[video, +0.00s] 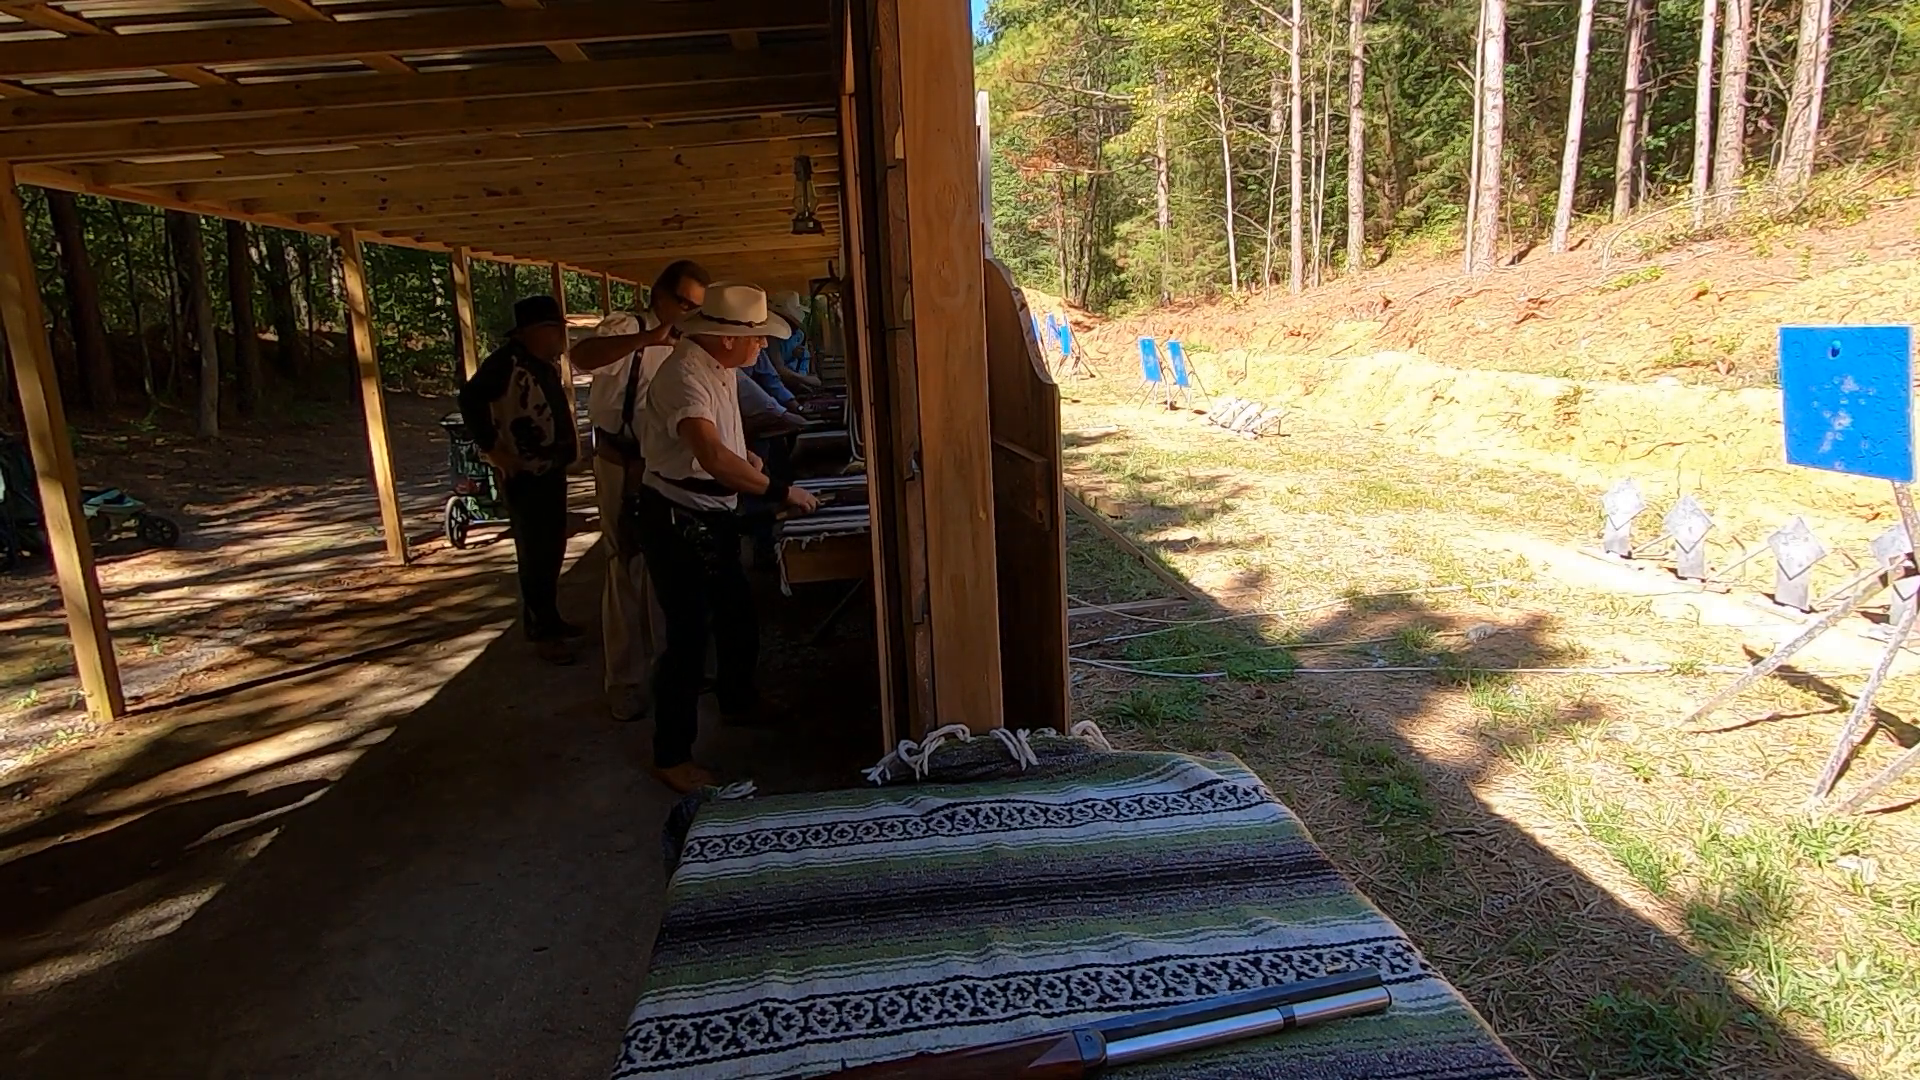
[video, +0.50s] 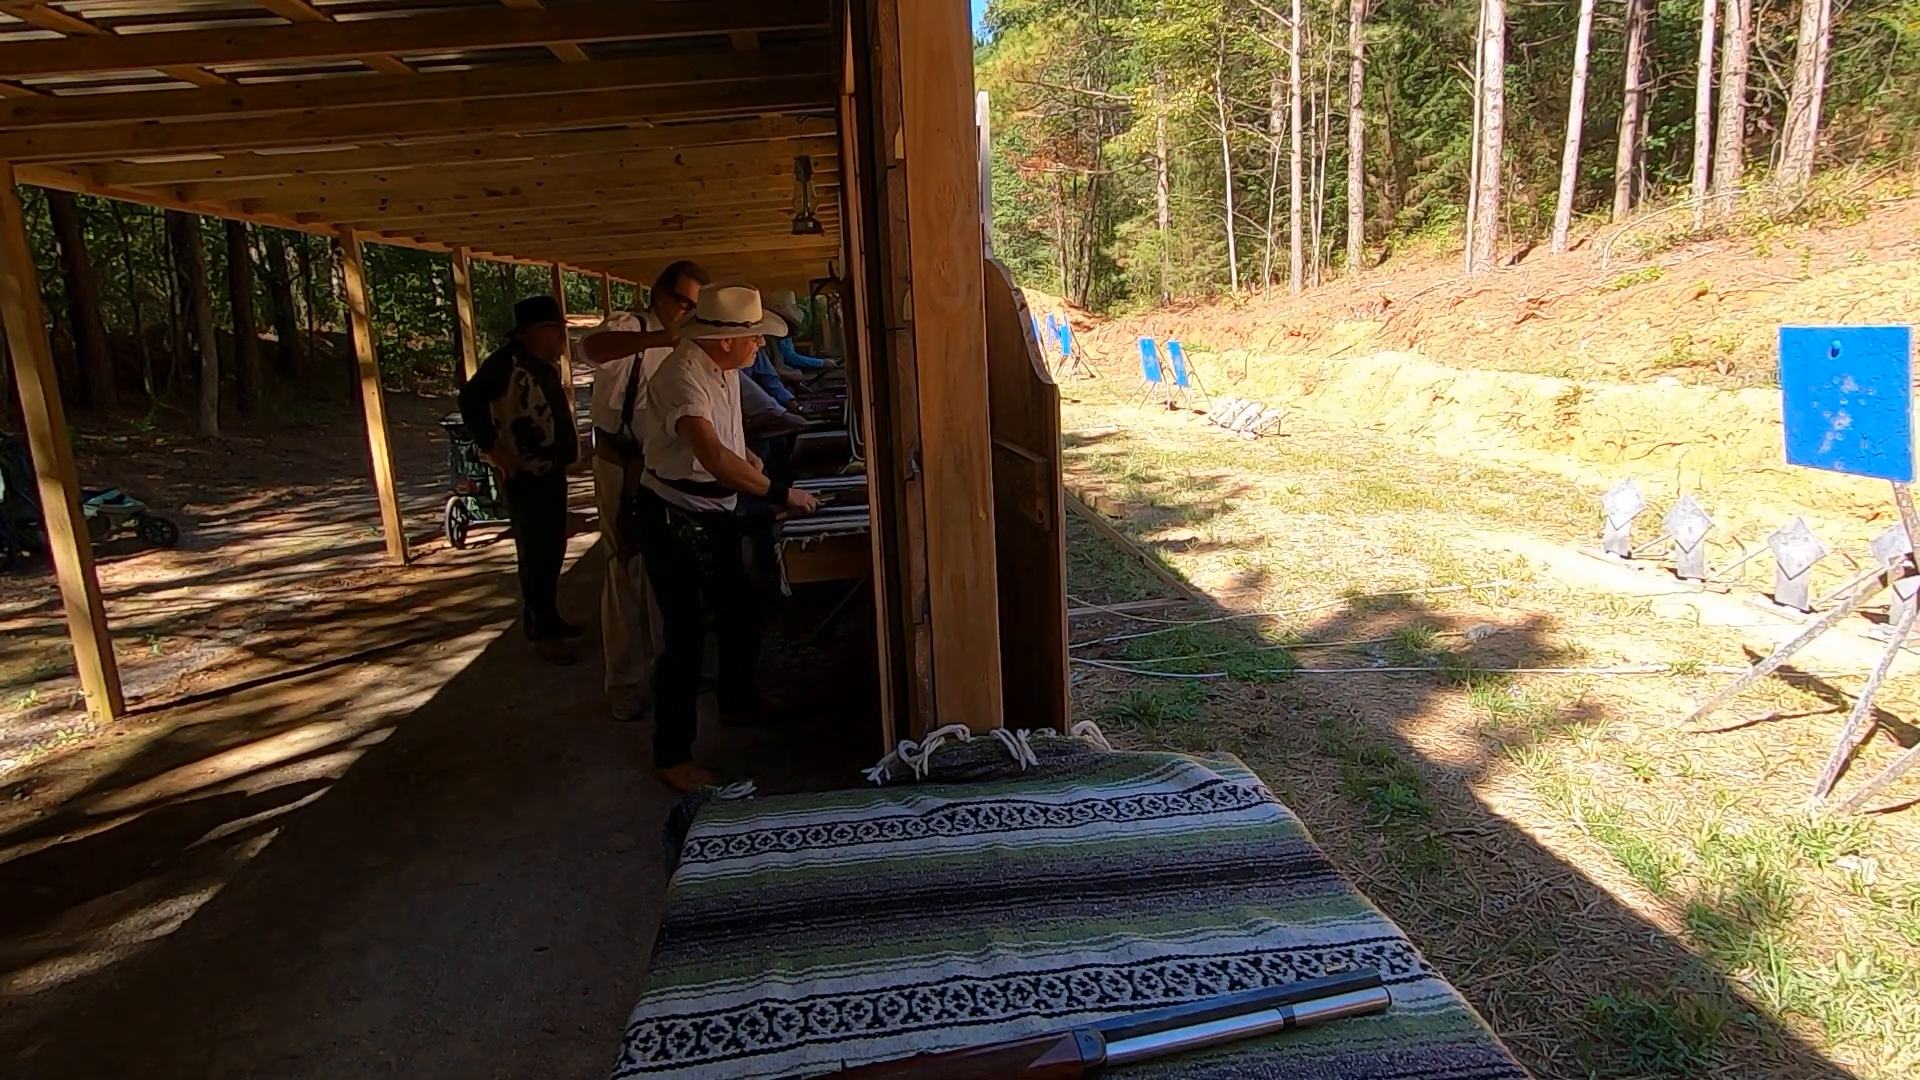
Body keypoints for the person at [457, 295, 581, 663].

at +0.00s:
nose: (563, 338)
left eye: (563, 330)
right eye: (557, 330)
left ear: (545, 332)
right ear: (534, 331)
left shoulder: (546, 365)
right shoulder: (507, 361)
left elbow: (550, 410)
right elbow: (470, 399)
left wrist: (565, 445)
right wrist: (491, 448)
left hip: (551, 472)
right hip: (525, 475)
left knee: (552, 550)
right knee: (536, 553)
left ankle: (549, 620)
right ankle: (541, 630)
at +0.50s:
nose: (563, 337)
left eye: (563, 330)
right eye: (557, 330)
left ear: (546, 333)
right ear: (534, 331)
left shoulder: (546, 366)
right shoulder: (506, 361)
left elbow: (551, 412)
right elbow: (470, 399)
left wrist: (565, 449)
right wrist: (491, 448)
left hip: (551, 473)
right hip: (525, 475)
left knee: (552, 550)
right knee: (536, 552)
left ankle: (549, 620)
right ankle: (541, 630)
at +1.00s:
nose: (562, 338)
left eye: (562, 330)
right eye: (556, 330)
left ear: (545, 333)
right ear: (534, 332)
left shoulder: (544, 366)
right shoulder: (505, 362)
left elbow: (548, 412)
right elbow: (468, 399)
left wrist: (564, 448)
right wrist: (489, 448)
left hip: (551, 473)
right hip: (524, 476)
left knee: (552, 550)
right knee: (536, 553)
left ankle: (549, 621)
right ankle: (541, 631)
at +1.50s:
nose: (561, 338)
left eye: (561, 330)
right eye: (555, 330)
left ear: (545, 332)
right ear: (533, 331)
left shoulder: (544, 366)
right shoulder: (504, 362)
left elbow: (550, 412)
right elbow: (468, 399)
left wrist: (566, 447)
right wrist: (489, 448)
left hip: (551, 473)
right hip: (524, 475)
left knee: (552, 550)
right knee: (536, 552)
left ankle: (549, 621)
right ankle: (541, 630)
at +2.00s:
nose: (562, 339)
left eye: (562, 331)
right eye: (556, 331)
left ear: (546, 334)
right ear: (533, 333)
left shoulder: (545, 366)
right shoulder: (505, 362)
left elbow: (551, 412)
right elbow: (468, 400)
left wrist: (567, 446)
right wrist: (489, 448)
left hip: (551, 473)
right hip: (524, 475)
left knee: (553, 549)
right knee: (536, 552)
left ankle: (549, 620)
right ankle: (540, 630)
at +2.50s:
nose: (564, 339)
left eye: (564, 331)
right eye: (558, 331)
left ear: (545, 333)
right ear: (536, 332)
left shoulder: (545, 365)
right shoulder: (507, 362)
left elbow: (552, 411)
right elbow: (470, 399)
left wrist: (566, 446)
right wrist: (492, 448)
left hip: (551, 472)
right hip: (526, 475)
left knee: (553, 548)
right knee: (536, 551)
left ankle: (547, 621)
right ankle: (542, 630)